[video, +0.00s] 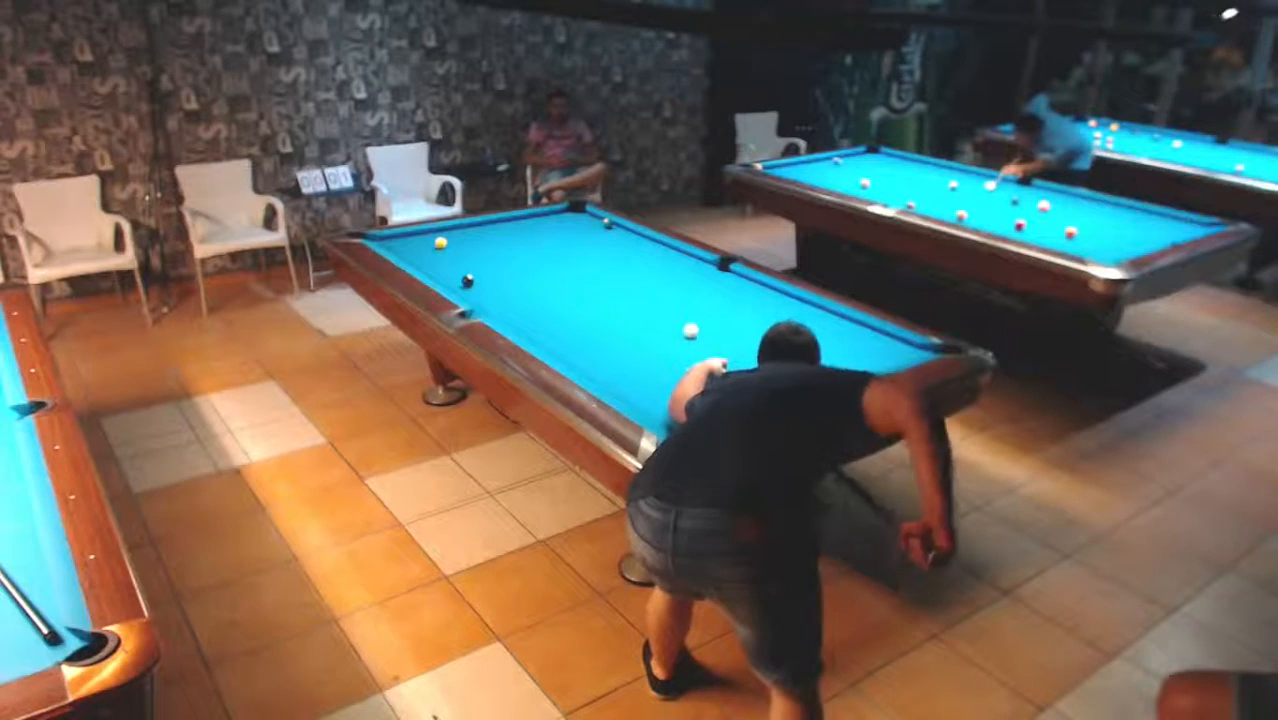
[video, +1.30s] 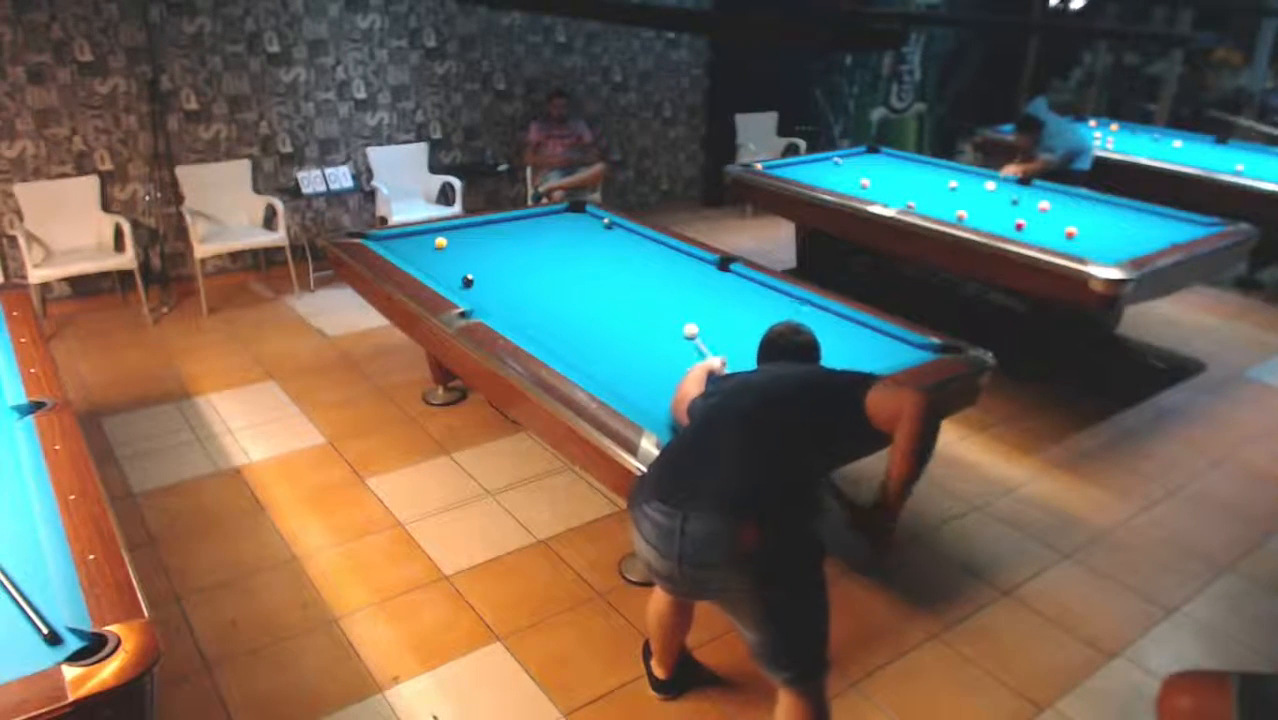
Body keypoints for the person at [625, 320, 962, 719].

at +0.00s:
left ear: (762, 359)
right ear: (815, 362)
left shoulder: (723, 384)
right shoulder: (837, 388)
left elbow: (679, 403)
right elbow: (914, 408)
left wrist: (704, 365)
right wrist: (938, 521)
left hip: (649, 517)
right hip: (744, 532)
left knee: (671, 585)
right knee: (790, 686)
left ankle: (663, 671)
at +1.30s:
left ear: (761, 359)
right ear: (814, 361)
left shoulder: (726, 387)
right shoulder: (835, 386)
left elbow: (683, 406)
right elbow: (913, 404)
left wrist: (702, 366)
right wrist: (888, 510)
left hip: (655, 517)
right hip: (750, 534)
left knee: (671, 583)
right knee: (798, 682)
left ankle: (664, 671)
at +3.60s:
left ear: (761, 356)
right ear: (814, 357)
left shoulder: (727, 385)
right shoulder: (835, 386)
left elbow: (682, 398)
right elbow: (917, 407)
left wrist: (703, 362)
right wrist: (931, 521)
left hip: (654, 518)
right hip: (754, 538)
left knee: (676, 583)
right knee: (797, 691)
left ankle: (668, 675)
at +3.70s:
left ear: (761, 362)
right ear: (815, 361)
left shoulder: (727, 386)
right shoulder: (836, 386)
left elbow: (682, 398)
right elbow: (913, 398)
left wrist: (705, 364)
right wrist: (899, 512)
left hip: (653, 524)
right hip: (747, 539)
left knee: (676, 580)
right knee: (799, 688)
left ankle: (668, 676)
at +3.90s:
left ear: (760, 364)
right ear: (814, 363)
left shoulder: (727, 388)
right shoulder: (830, 385)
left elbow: (682, 398)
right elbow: (913, 391)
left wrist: (705, 364)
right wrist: (887, 503)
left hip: (654, 520)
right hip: (750, 537)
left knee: (675, 580)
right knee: (800, 688)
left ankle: (669, 675)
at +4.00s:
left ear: (760, 364)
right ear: (814, 363)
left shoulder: (727, 388)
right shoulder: (830, 386)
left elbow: (682, 398)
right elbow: (913, 391)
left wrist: (706, 364)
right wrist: (886, 503)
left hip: (654, 521)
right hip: (750, 538)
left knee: (675, 580)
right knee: (800, 688)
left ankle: (668, 675)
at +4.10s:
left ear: (762, 365)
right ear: (815, 364)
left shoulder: (728, 389)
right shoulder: (842, 393)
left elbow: (682, 398)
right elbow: (912, 426)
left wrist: (704, 363)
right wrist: (912, 539)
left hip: (653, 523)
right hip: (747, 540)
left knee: (675, 582)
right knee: (796, 690)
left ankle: (669, 675)